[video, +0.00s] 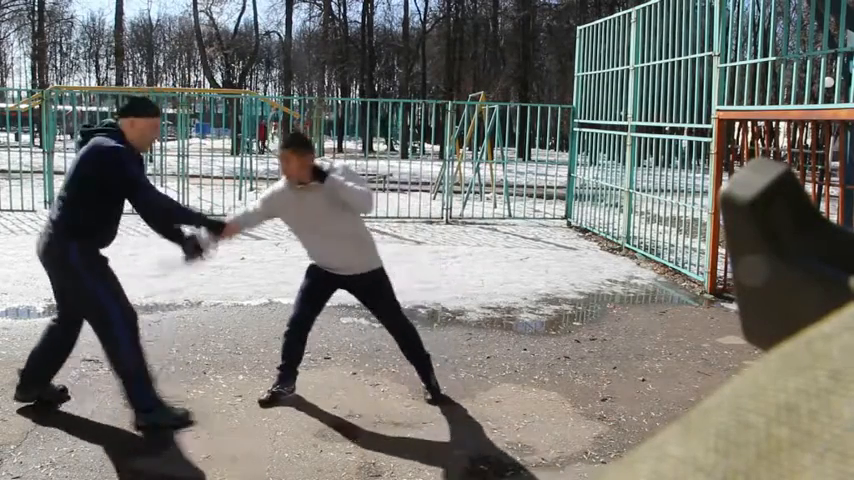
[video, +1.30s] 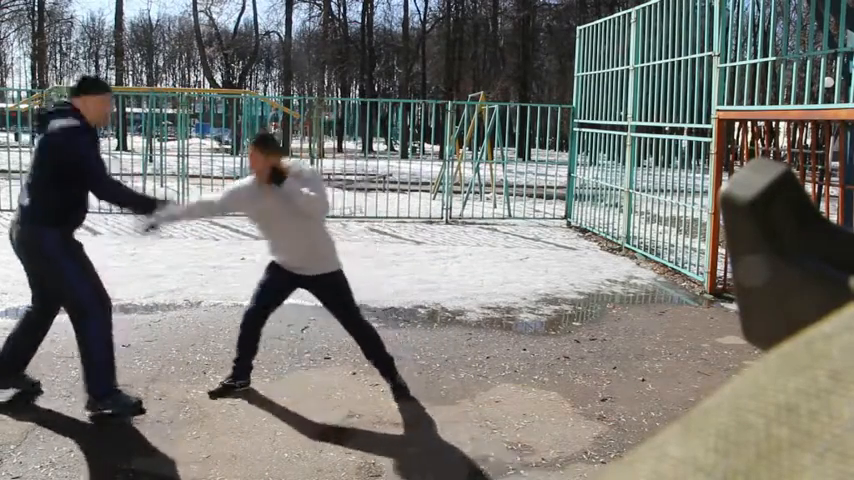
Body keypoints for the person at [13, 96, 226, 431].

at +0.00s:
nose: (157, 135)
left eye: (158, 128)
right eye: (153, 127)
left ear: (130, 124)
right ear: (131, 123)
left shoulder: (114, 150)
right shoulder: (113, 154)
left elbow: (148, 206)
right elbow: (152, 202)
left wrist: (183, 238)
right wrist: (206, 221)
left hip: (62, 247)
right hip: (74, 251)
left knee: (68, 320)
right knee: (120, 321)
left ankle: (32, 385)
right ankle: (149, 410)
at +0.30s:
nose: (133, 139)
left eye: (135, 133)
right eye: (130, 131)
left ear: (106, 127)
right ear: (107, 126)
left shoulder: (93, 155)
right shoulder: (88, 161)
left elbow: (118, 213)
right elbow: (119, 219)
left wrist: (155, 226)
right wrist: (164, 231)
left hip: (52, 254)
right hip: (62, 258)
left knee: (55, 321)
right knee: (115, 322)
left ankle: (5, 382)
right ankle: (134, 409)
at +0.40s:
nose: (121, 126)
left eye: (122, 119)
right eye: (116, 118)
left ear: (95, 118)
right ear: (92, 116)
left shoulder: (84, 148)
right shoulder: (67, 151)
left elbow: (92, 196)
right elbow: (77, 204)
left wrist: (130, 201)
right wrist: (132, 202)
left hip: (52, 249)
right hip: (58, 253)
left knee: (47, 321)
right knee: (104, 326)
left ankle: (5, 383)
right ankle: (133, 408)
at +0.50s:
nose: (105, 116)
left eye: (106, 109)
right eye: (100, 108)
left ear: (82, 108)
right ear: (77, 106)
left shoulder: (71, 137)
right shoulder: (57, 140)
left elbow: (73, 188)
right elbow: (66, 195)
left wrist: (105, 171)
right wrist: (107, 171)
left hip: (54, 246)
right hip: (58, 249)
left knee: (40, 319)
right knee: (102, 316)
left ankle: (6, 383)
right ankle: (116, 404)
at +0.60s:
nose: (98, 106)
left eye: (98, 99)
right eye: (92, 98)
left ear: (74, 101)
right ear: (68, 99)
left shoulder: (65, 132)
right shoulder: (51, 134)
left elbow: (65, 186)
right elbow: (59, 188)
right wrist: (100, 172)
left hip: (56, 240)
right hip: (59, 243)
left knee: (42, 314)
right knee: (100, 314)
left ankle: (5, 382)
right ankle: (99, 401)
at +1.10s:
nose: (91, 102)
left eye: (90, 95)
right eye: (85, 95)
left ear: (62, 99)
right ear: (61, 98)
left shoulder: (53, 130)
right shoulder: (56, 134)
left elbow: (65, 186)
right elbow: (70, 187)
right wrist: (113, 178)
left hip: (49, 239)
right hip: (68, 242)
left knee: (56, 308)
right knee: (109, 312)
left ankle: (8, 376)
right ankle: (118, 399)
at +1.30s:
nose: (111, 110)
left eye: (110, 103)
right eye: (107, 103)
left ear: (84, 101)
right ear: (88, 102)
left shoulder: (61, 126)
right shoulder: (75, 133)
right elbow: (103, 187)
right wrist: (155, 205)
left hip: (30, 233)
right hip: (50, 237)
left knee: (46, 305)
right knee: (94, 306)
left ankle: (7, 370)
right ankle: (103, 395)